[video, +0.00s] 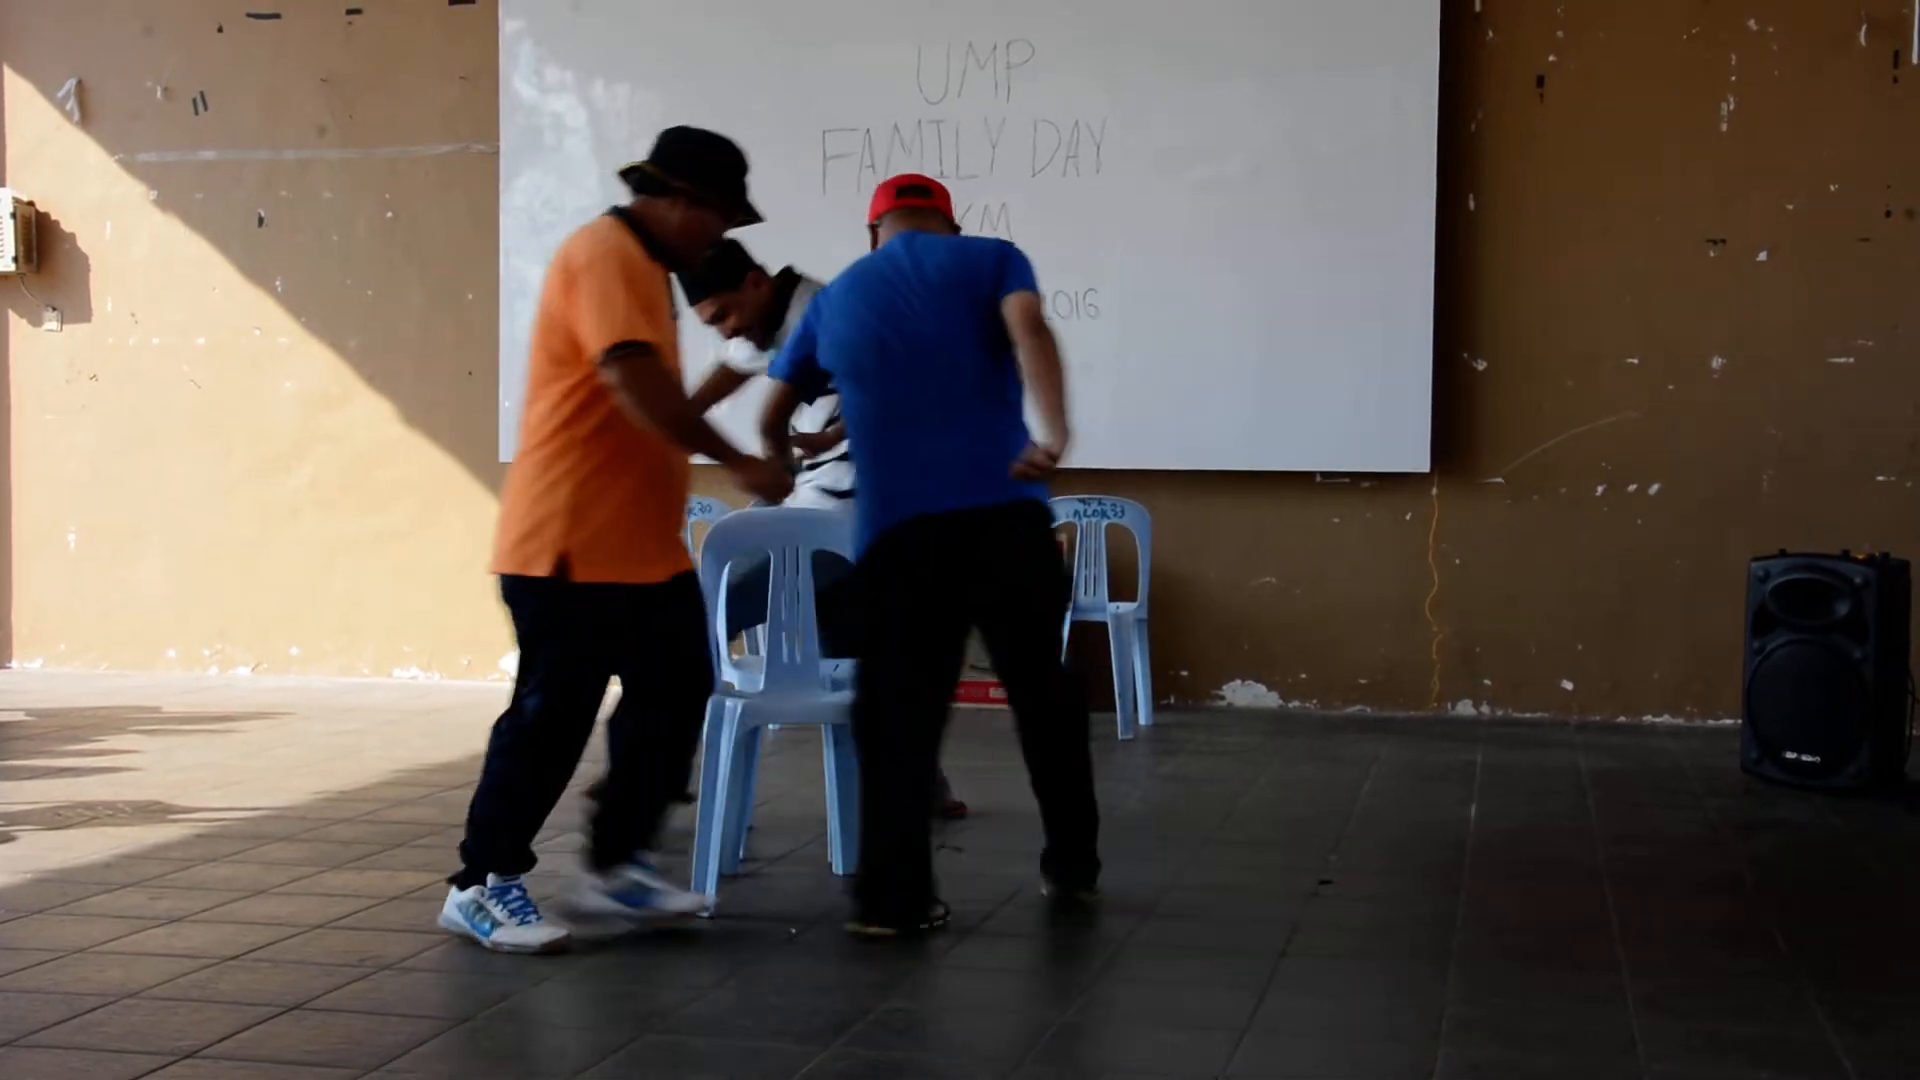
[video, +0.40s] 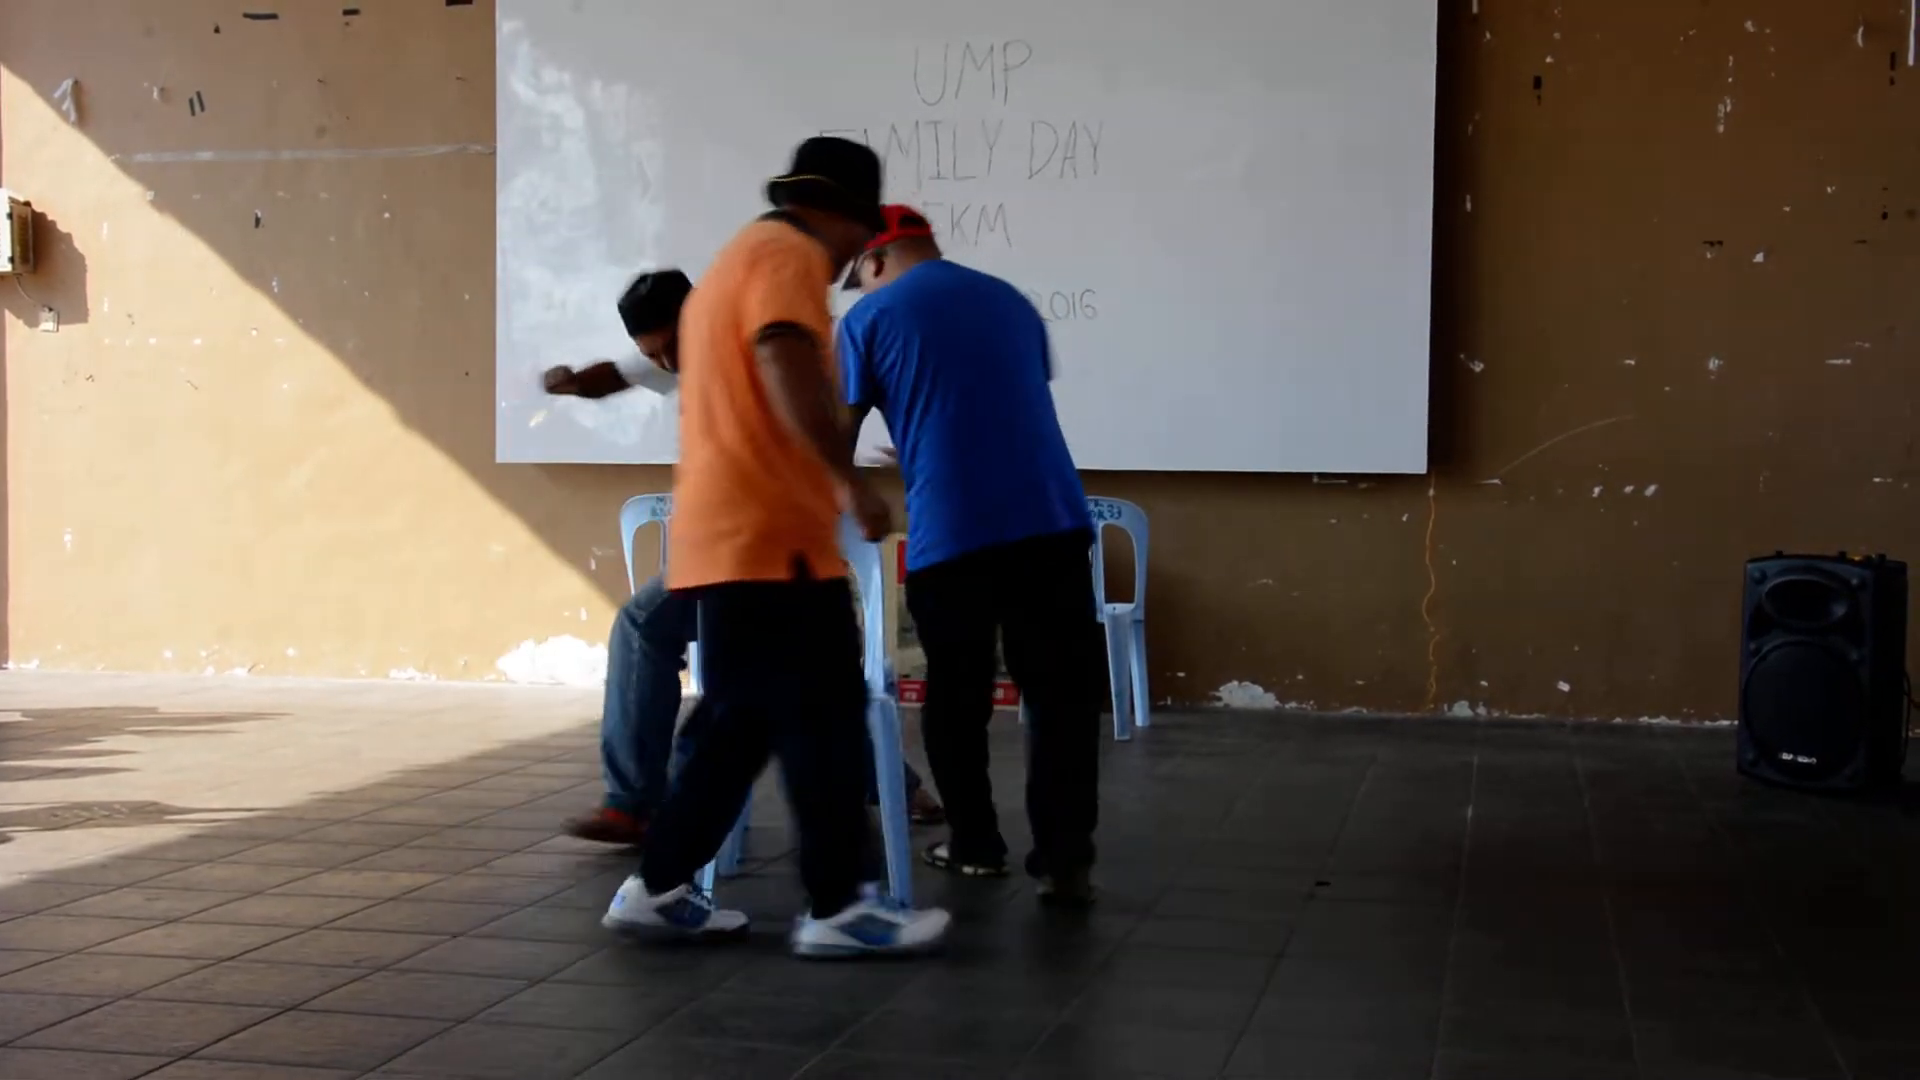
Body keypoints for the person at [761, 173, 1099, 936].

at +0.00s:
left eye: (886, 224)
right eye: (947, 222)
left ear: (875, 231)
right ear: (950, 221)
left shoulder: (832, 299)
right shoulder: (993, 257)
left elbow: (770, 415)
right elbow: (1030, 326)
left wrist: (780, 465)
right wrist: (1053, 433)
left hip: (901, 538)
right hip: (1007, 527)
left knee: (897, 723)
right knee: (1045, 694)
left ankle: (895, 901)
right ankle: (1073, 868)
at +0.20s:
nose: (882, 261)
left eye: (880, 252)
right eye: (883, 252)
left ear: (891, 243)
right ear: (960, 232)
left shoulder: (870, 308)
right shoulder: (1030, 282)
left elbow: (823, 450)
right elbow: (1109, 384)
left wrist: (817, 493)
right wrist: (1133, 495)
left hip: (946, 544)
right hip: (1050, 528)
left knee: (974, 691)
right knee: (1077, 702)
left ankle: (996, 808)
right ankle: (1069, 878)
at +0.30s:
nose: (874, 270)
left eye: (873, 259)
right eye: (873, 260)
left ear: (890, 248)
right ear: (947, 236)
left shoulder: (875, 311)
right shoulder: (1029, 288)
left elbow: (836, 448)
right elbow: (1075, 410)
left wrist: (819, 489)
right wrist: (1027, 465)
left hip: (952, 536)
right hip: (1055, 525)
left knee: (966, 693)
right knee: (1067, 697)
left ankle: (991, 843)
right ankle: (1067, 875)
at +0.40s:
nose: (861, 287)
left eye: (860, 277)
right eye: (859, 279)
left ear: (877, 261)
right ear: (932, 248)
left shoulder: (870, 316)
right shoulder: (1009, 294)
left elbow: (838, 434)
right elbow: (1039, 383)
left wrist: (837, 498)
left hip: (951, 531)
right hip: (1052, 521)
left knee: (955, 692)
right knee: (1064, 691)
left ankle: (975, 845)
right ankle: (1066, 860)